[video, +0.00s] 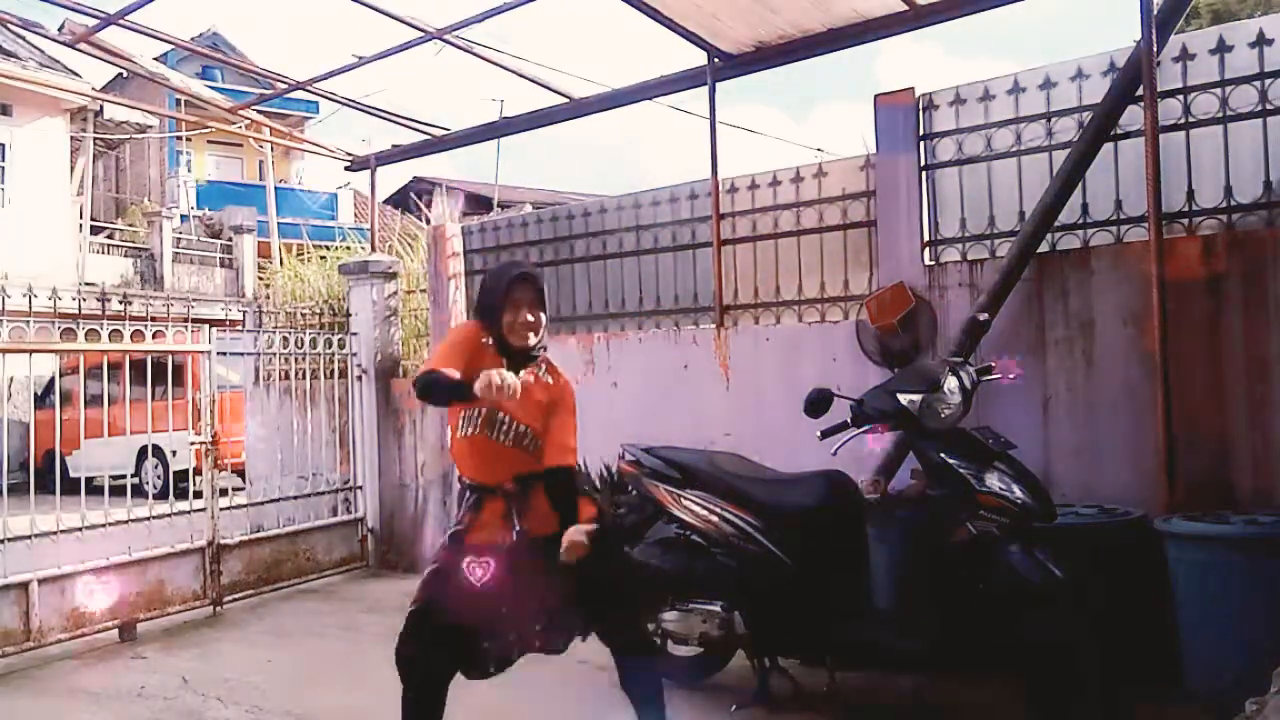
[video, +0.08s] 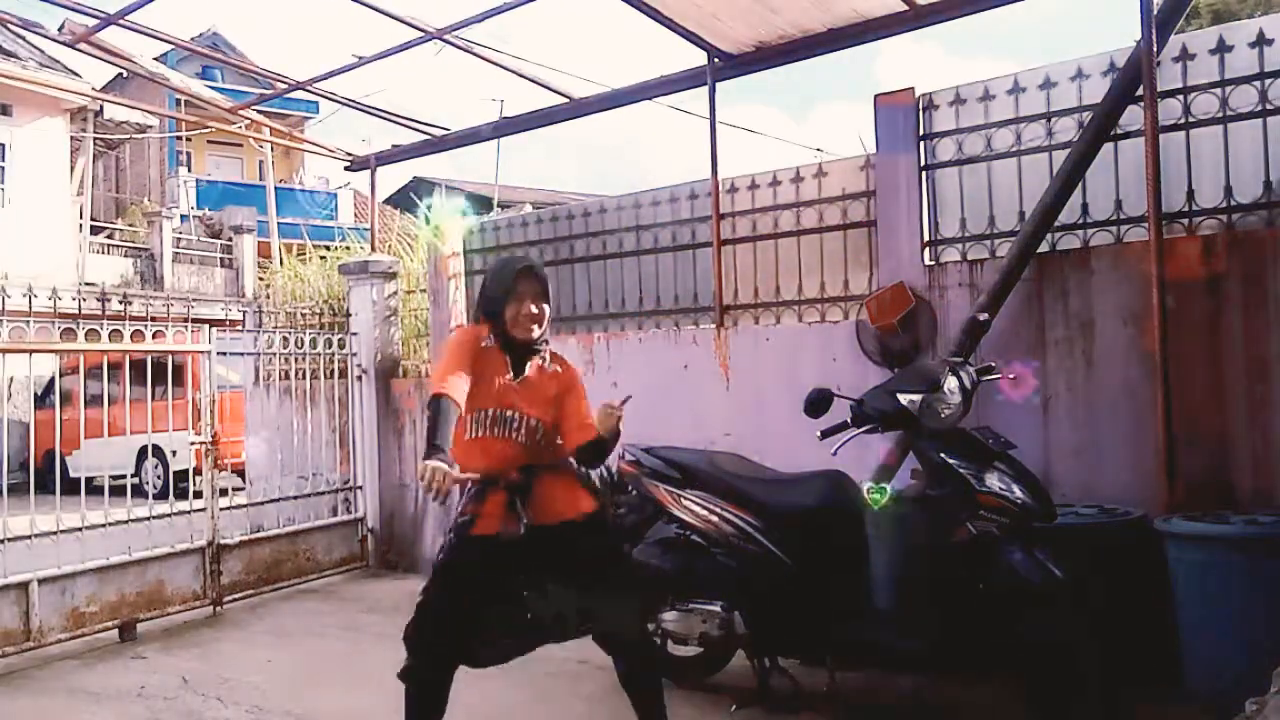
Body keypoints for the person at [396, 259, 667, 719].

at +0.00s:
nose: (528, 316)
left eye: (536, 307)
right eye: (515, 306)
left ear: (545, 315)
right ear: (493, 312)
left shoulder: (554, 385)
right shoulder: (471, 338)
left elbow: (560, 466)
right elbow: (427, 384)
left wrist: (572, 524)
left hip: (548, 516)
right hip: (481, 517)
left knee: (626, 619)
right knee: (420, 647)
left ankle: (652, 716)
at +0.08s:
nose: (532, 310)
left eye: (540, 300)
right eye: (519, 301)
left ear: (548, 308)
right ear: (496, 307)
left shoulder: (562, 373)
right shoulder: (470, 342)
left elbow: (586, 455)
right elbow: (445, 395)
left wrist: (606, 435)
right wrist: (437, 455)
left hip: (568, 519)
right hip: (487, 519)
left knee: (627, 631)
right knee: (428, 639)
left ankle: (654, 714)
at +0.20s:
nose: (546, 279)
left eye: (553, 268)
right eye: (533, 269)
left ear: (563, 275)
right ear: (510, 276)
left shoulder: (581, 335)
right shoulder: (484, 329)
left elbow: (627, 407)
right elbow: (448, 409)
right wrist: (416, 481)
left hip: (570, 489)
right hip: (493, 491)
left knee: (622, 612)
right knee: (444, 624)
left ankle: (658, 714)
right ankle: (418, 717)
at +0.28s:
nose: (559, 280)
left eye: (566, 269)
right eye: (545, 271)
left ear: (577, 275)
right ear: (524, 280)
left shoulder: (601, 331)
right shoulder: (503, 339)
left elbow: (661, 390)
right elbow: (465, 428)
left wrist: (661, 322)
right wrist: (420, 507)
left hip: (582, 511)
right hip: (508, 512)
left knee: (635, 629)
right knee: (451, 634)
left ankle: (657, 715)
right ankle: (418, 718)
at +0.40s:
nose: (567, 299)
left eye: (575, 288)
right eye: (555, 289)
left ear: (586, 296)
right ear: (533, 297)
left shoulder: (612, 358)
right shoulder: (512, 364)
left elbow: (663, 422)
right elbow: (473, 442)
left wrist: (672, 350)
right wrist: (432, 508)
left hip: (594, 524)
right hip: (519, 525)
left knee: (644, 634)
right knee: (457, 642)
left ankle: (656, 718)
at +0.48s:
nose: (570, 291)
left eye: (577, 280)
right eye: (556, 282)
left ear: (589, 287)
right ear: (535, 291)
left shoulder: (612, 353)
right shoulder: (511, 353)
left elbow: (656, 422)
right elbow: (466, 416)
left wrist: (675, 361)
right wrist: (441, 464)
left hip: (597, 513)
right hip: (520, 513)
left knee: (643, 632)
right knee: (465, 634)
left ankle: (657, 717)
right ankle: (425, 719)